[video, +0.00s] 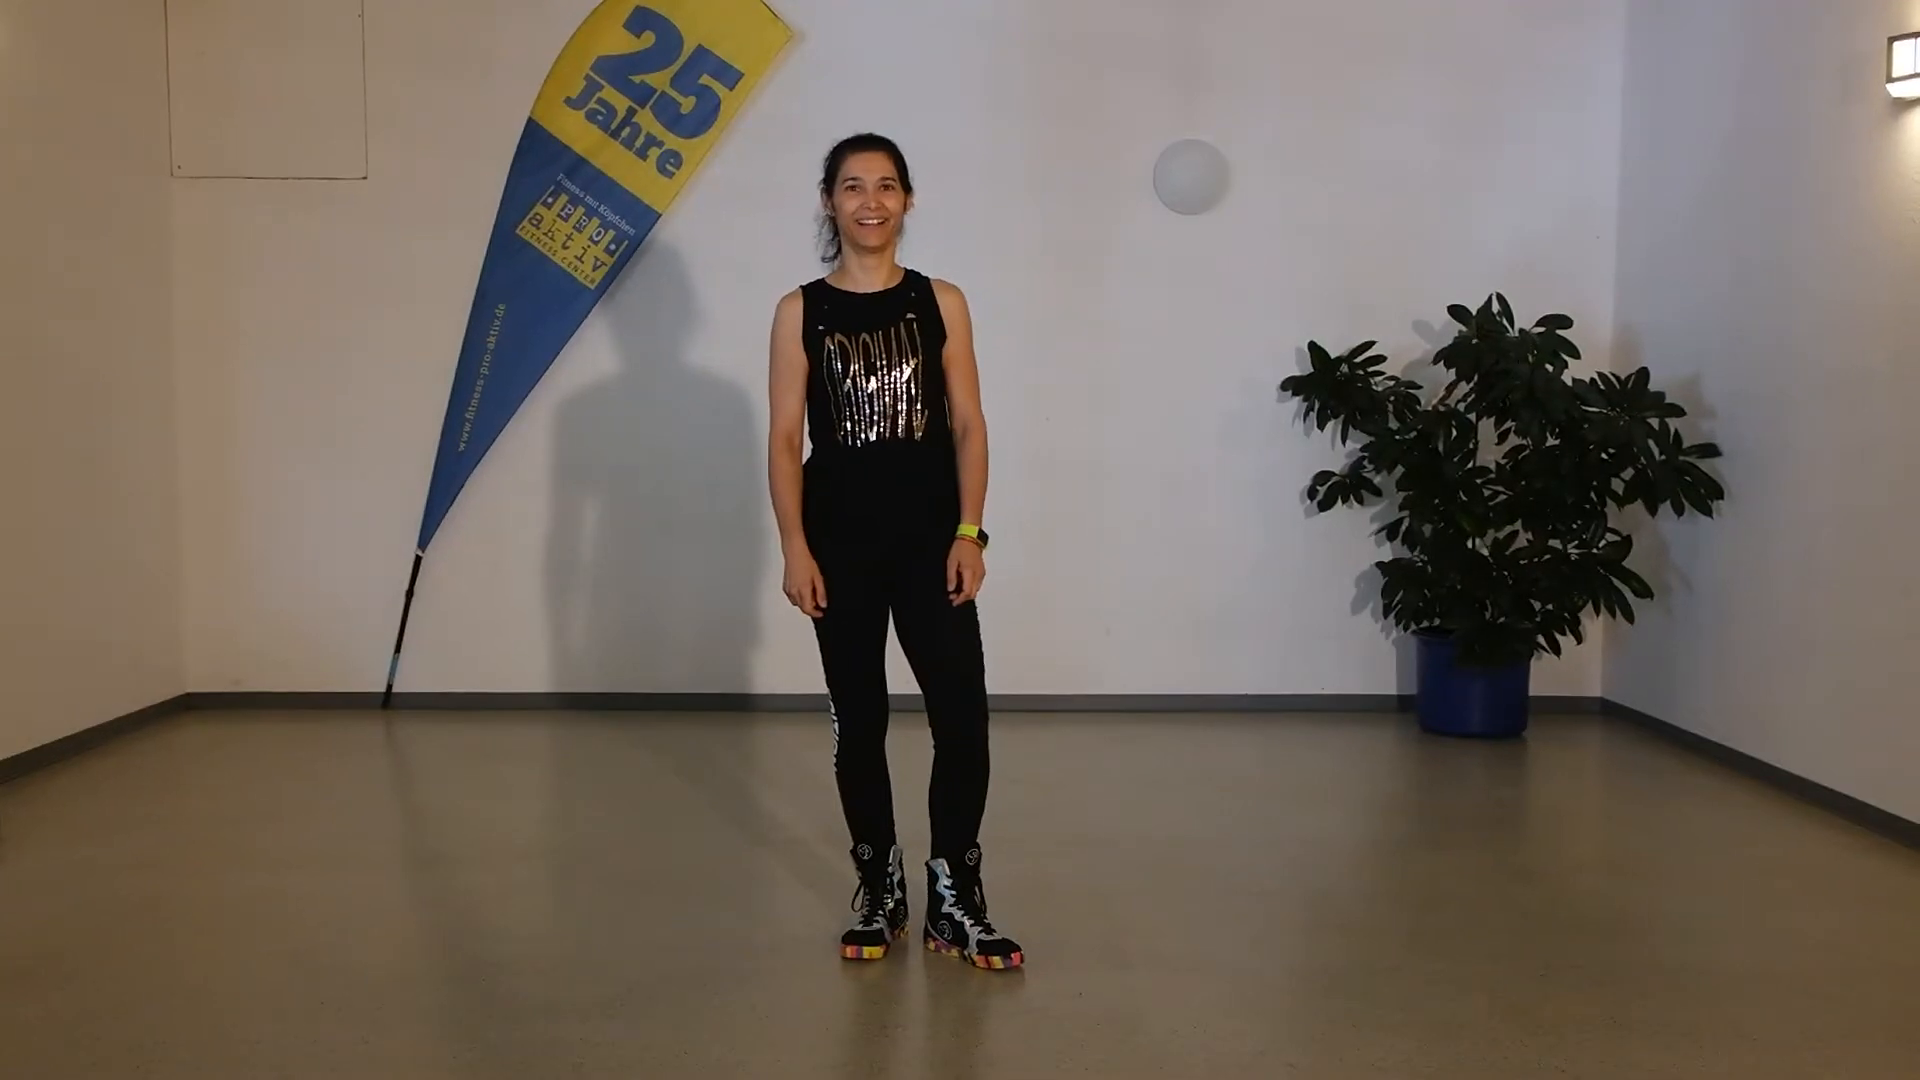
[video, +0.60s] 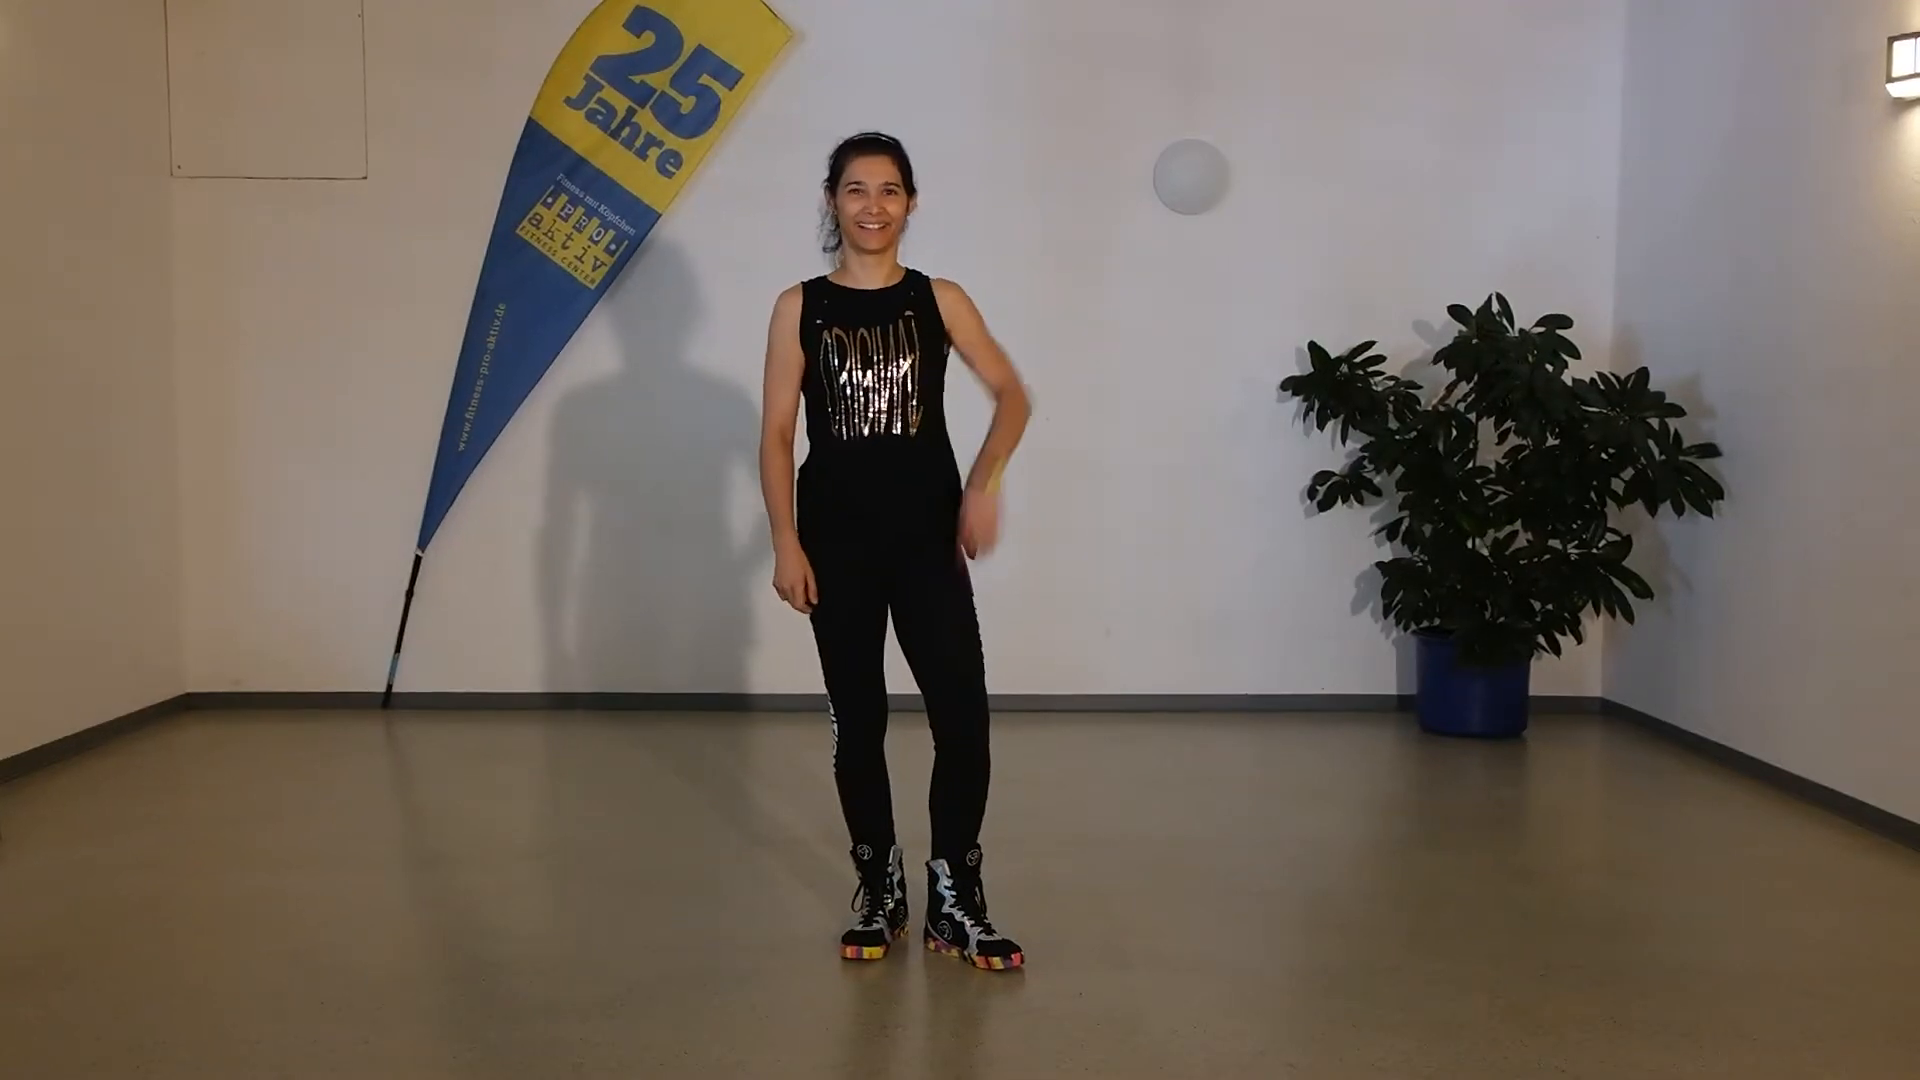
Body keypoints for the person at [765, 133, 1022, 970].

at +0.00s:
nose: (871, 200)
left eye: (885, 187)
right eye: (854, 188)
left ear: (907, 203)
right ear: (830, 204)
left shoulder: (942, 303)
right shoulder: (801, 311)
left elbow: (968, 425)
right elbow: (785, 440)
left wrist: (971, 530)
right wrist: (795, 547)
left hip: (930, 539)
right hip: (839, 543)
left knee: (963, 719)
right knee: (860, 721)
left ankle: (954, 899)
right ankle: (878, 891)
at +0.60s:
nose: (873, 204)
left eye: (888, 191)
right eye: (857, 190)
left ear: (909, 206)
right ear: (833, 203)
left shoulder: (940, 301)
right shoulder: (800, 308)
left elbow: (1012, 396)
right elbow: (778, 434)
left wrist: (983, 485)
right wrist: (786, 540)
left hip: (927, 537)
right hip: (835, 538)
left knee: (963, 716)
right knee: (859, 720)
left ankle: (953, 899)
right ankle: (878, 890)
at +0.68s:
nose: (875, 205)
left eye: (890, 191)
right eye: (859, 190)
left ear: (911, 205)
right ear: (835, 203)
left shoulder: (941, 300)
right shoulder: (800, 308)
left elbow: (1013, 372)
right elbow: (776, 431)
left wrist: (1022, 368)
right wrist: (785, 538)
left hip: (926, 538)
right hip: (834, 541)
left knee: (962, 716)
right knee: (858, 720)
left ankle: (955, 899)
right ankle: (878, 889)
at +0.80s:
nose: (879, 202)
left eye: (895, 189)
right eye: (863, 188)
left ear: (915, 205)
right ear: (839, 202)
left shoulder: (941, 296)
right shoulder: (804, 306)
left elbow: (1009, 340)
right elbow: (782, 430)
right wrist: (781, 537)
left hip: (926, 544)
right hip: (835, 545)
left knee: (960, 716)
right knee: (857, 722)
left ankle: (954, 900)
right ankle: (877, 889)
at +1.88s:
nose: (897, 195)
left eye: (914, 186)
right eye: (881, 181)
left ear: (930, 209)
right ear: (854, 198)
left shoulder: (950, 304)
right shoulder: (812, 303)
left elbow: (1013, 409)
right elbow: (787, 428)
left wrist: (998, 338)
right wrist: (799, 531)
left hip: (930, 542)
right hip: (839, 542)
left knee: (964, 717)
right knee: (859, 722)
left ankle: (951, 896)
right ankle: (878, 888)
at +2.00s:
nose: (896, 196)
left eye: (913, 187)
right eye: (881, 182)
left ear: (930, 209)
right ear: (854, 198)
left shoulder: (954, 307)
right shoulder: (812, 301)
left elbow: (982, 415)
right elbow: (786, 426)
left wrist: (1000, 457)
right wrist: (797, 529)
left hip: (930, 540)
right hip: (838, 540)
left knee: (966, 718)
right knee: (860, 722)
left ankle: (954, 899)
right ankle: (878, 891)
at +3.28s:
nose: (946, 188)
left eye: (961, 174)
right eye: (928, 176)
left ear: (985, 192)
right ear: (906, 196)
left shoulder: (1025, 292)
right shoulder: (878, 301)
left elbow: (1053, 413)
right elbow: (856, 424)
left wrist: (1017, 492)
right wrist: (902, 503)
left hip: (1010, 529)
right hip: (919, 530)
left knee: (1029, 725)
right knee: (904, 719)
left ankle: (1046, 910)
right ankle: (884, 893)